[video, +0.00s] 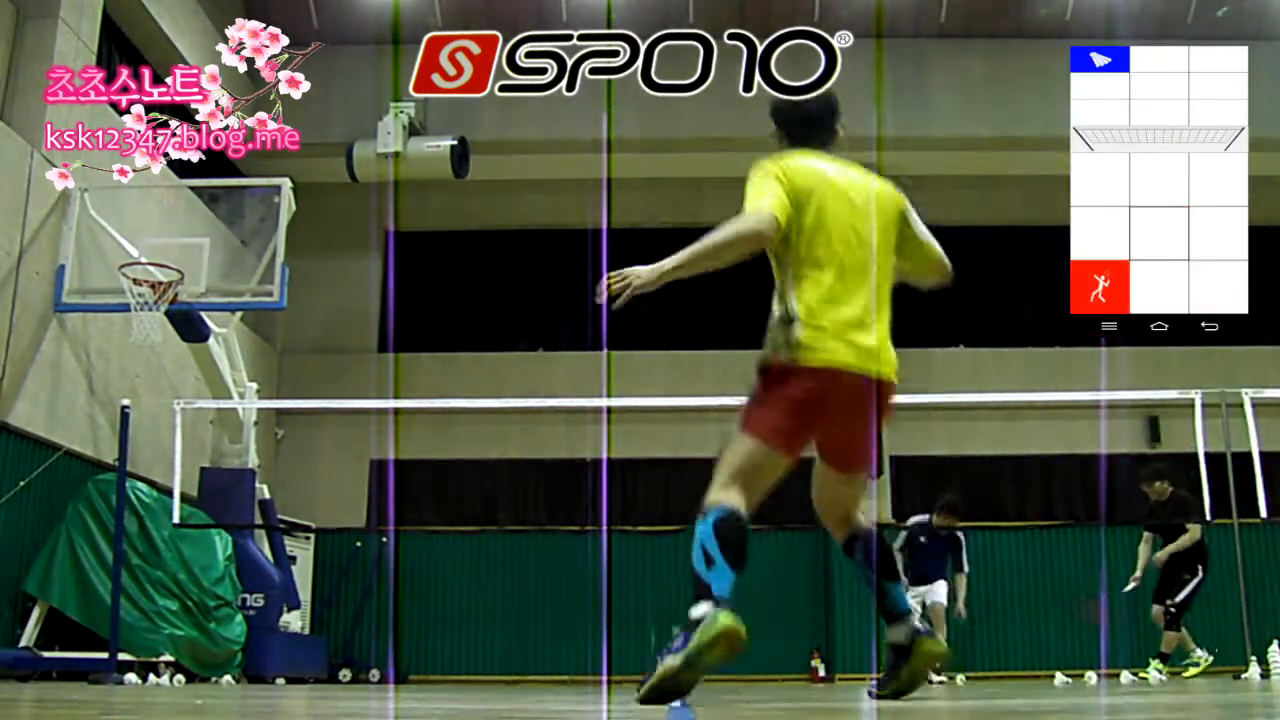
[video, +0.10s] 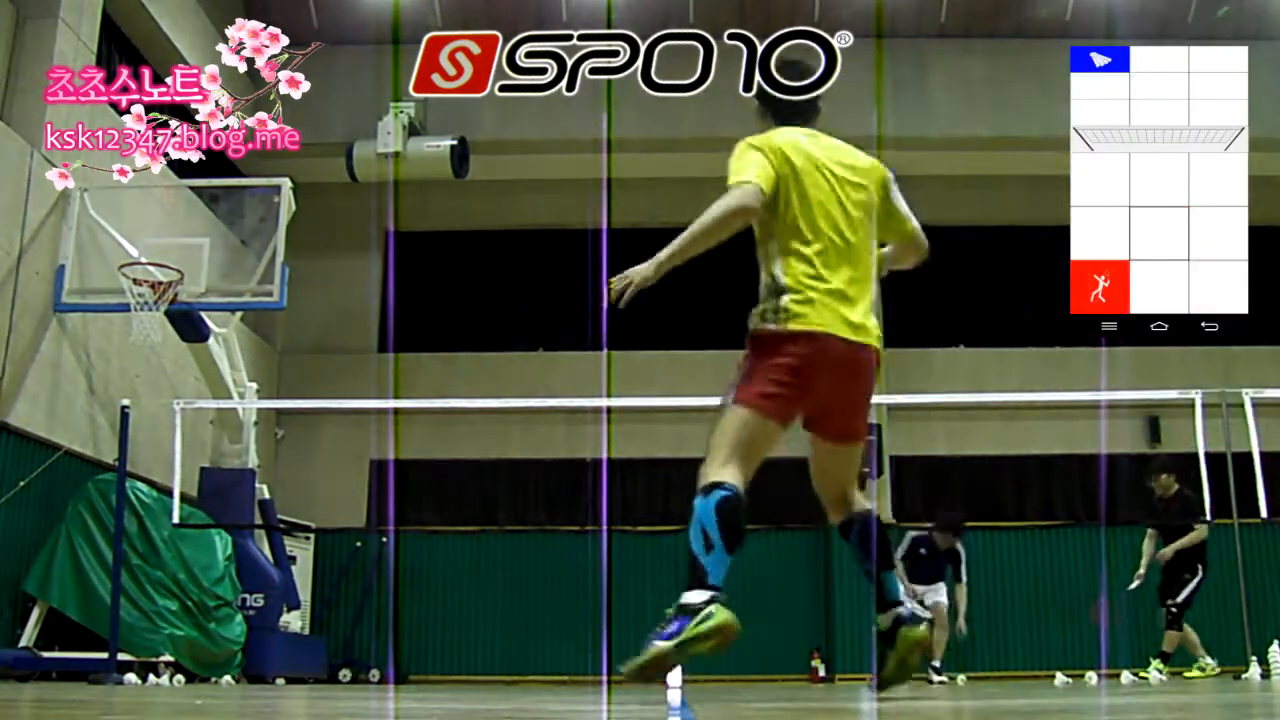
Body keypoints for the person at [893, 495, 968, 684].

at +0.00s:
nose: (950, 526)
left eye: (953, 522)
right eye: (948, 521)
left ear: (956, 521)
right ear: (939, 515)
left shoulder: (955, 536)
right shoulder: (915, 525)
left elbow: (960, 571)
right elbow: (896, 550)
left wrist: (960, 601)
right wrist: (900, 577)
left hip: (936, 583)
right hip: (912, 584)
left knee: (938, 614)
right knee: (909, 626)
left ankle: (936, 667)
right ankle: (909, 667)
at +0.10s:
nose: (953, 543)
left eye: (955, 539)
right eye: (951, 538)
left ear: (955, 538)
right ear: (940, 534)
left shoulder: (956, 550)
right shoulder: (914, 539)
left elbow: (960, 584)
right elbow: (897, 560)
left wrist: (961, 617)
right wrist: (906, 584)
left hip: (936, 587)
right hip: (910, 586)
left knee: (941, 615)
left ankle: (936, 665)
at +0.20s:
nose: (950, 563)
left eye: (953, 559)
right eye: (947, 558)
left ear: (956, 556)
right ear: (937, 551)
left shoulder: (956, 566)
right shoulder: (914, 550)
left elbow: (960, 597)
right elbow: (897, 571)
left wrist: (962, 632)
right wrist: (910, 594)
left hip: (933, 588)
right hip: (907, 586)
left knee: (945, 615)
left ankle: (935, 665)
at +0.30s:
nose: (948, 582)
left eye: (951, 579)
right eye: (946, 578)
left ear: (955, 576)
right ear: (936, 569)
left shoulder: (956, 580)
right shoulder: (913, 565)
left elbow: (959, 612)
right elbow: (895, 591)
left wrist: (963, 648)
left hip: (930, 595)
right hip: (907, 596)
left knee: (948, 618)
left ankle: (936, 659)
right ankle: (895, 664)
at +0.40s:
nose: (950, 595)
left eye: (953, 593)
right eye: (948, 591)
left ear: (955, 589)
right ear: (939, 583)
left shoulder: (955, 591)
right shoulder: (916, 574)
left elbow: (958, 622)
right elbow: (892, 584)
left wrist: (963, 658)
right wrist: (905, 606)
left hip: (927, 603)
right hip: (905, 603)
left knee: (949, 622)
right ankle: (896, 668)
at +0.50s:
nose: (950, 598)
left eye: (953, 595)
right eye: (948, 593)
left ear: (957, 591)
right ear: (939, 583)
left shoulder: (955, 591)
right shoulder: (920, 570)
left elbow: (959, 623)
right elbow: (891, 581)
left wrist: (963, 662)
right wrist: (906, 603)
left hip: (923, 598)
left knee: (947, 621)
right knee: (896, 612)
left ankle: (927, 667)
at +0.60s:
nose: (957, 584)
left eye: (959, 581)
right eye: (956, 580)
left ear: (960, 578)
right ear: (946, 572)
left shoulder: (958, 580)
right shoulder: (923, 563)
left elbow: (960, 613)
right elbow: (894, 578)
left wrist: (963, 650)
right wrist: (906, 601)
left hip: (919, 587)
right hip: (893, 580)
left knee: (940, 615)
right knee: (896, 611)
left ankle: (930, 668)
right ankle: (895, 666)